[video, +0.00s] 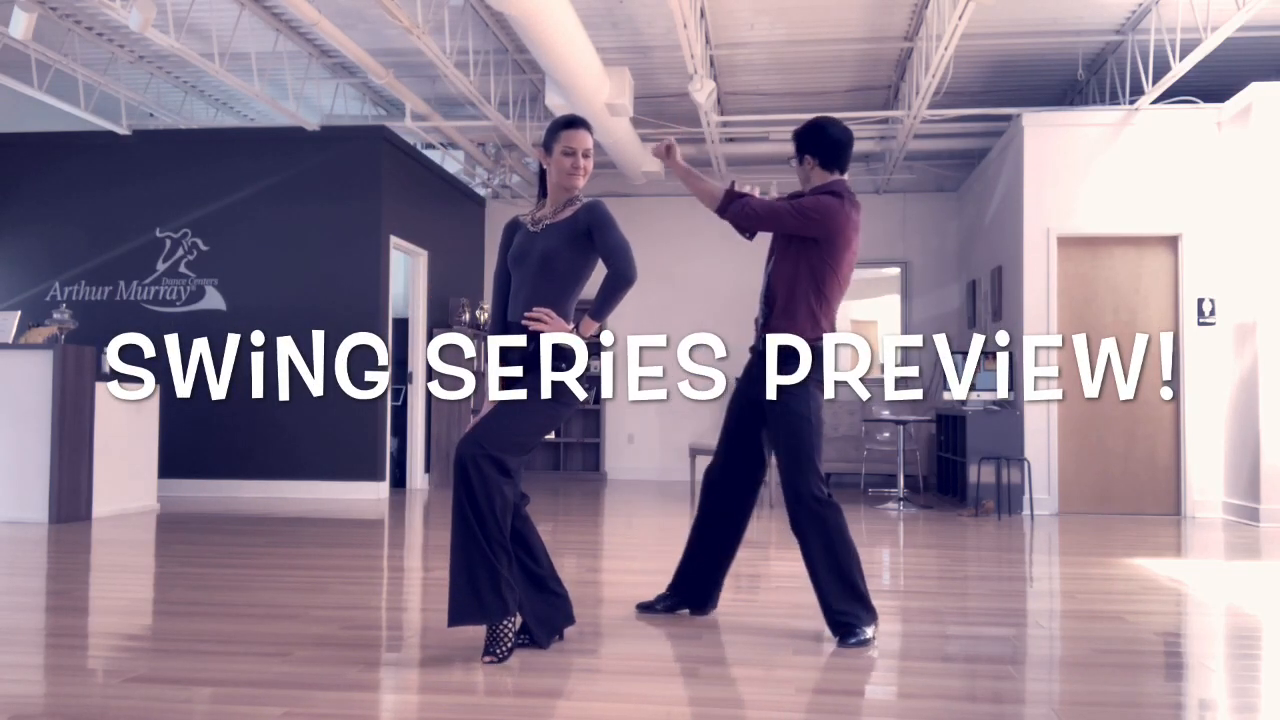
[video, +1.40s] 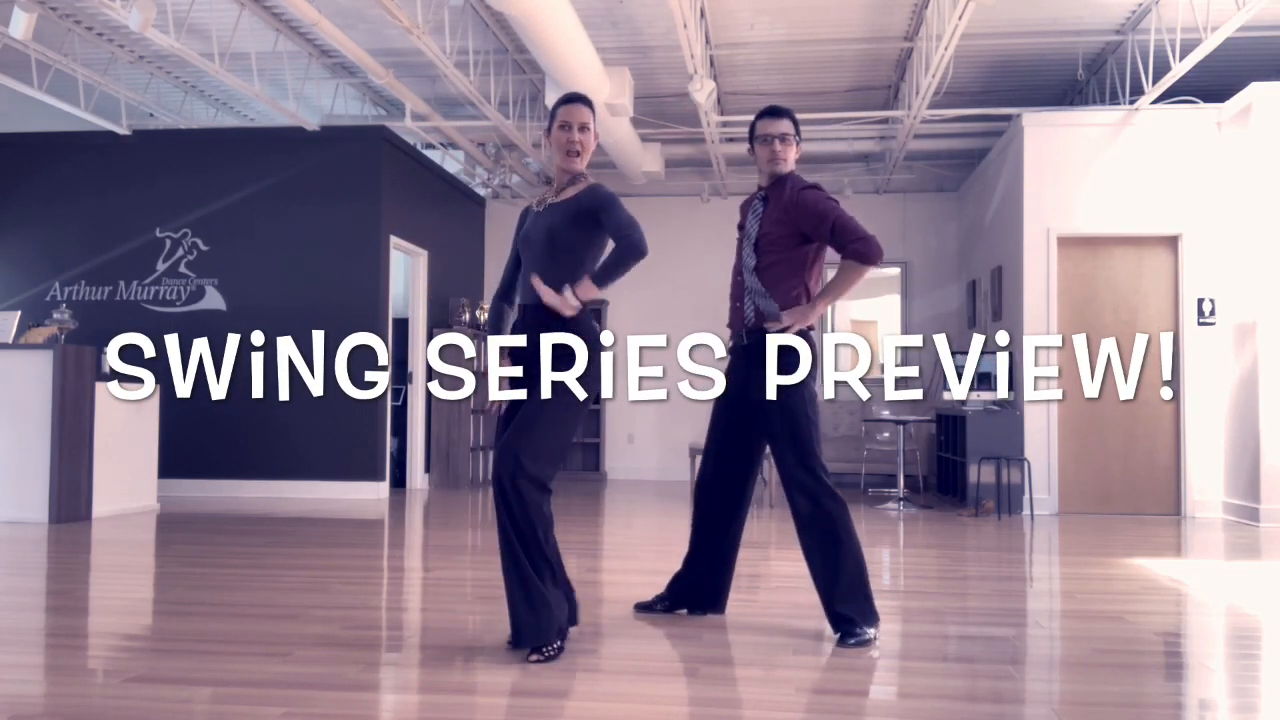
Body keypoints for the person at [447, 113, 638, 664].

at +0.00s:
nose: (578, 163)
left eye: (586, 155)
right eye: (568, 153)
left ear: (593, 164)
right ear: (543, 158)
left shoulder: (591, 214)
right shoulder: (517, 227)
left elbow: (623, 271)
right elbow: (500, 311)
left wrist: (584, 326)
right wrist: (490, 387)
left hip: (558, 371)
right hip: (515, 371)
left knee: (476, 451)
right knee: (496, 485)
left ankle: (503, 605)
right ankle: (546, 608)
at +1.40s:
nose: (575, 137)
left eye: (584, 129)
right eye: (566, 128)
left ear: (594, 140)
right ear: (548, 137)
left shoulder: (597, 198)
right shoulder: (533, 212)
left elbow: (634, 244)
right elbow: (509, 285)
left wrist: (584, 292)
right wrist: (492, 338)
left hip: (567, 352)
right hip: (523, 351)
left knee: (521, 472)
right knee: (511, 474)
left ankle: (551, 614)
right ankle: (539, 613)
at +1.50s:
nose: (577, 138)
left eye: (587, 130)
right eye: (568, 128)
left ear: (598, 142)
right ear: (551, 138)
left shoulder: (601, 200)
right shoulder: (532, 205)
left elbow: (644, 221)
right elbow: (493, 277)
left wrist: (570, 221)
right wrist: (496, 300)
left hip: (575, 349)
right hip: (532, 347)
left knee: (520, 469)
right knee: (523, 475)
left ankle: (551, 619)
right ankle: (585, 599)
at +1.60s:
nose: (582, 156)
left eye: (592, 149)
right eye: (574, 145)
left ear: (602, 150)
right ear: (554, 140)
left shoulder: (606, 203)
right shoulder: (529, 209)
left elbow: (664, 174)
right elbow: (472, 279)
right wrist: (519, 256)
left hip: (578, 350)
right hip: (535, 349)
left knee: (517, 463)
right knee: (544, 478)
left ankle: (548, 614)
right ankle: (593, 607)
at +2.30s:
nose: (598, 158)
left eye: (607, 151)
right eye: (589, 149)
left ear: (615, 162)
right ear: (569, 157)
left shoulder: (622, 216)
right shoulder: (539, 227)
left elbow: (671, 226)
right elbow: (519, 303)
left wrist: (666, 177)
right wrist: (527, 325)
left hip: (595, 369)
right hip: (547, 368)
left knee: (512, 466)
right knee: (533, 490)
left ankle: (535, 615)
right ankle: (587, 609)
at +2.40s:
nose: (600, 154)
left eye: (609, 145)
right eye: (590, 145)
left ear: (620, 153)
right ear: (572, 152)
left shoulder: (630, 212)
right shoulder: (546, 218)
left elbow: (613, 279)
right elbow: (516, 279)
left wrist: (595, 218)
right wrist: (488, 313)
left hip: (600, 361)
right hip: (547, 359)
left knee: (532, 459)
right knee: (533, 476)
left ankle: (540, 614)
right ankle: (588, 606)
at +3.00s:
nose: (598, 146)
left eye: (608, 138)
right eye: (589, 138)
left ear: (625, 150)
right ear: (577, 148)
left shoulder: (633, 213)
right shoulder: (560, 214)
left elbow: (632, 294)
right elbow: (499, 277)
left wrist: (567, 258)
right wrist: (493, 236)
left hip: (604, 361)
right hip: (554, 359)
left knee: (539, 452)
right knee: (547, 480)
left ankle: (538, 617)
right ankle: (588, 608)